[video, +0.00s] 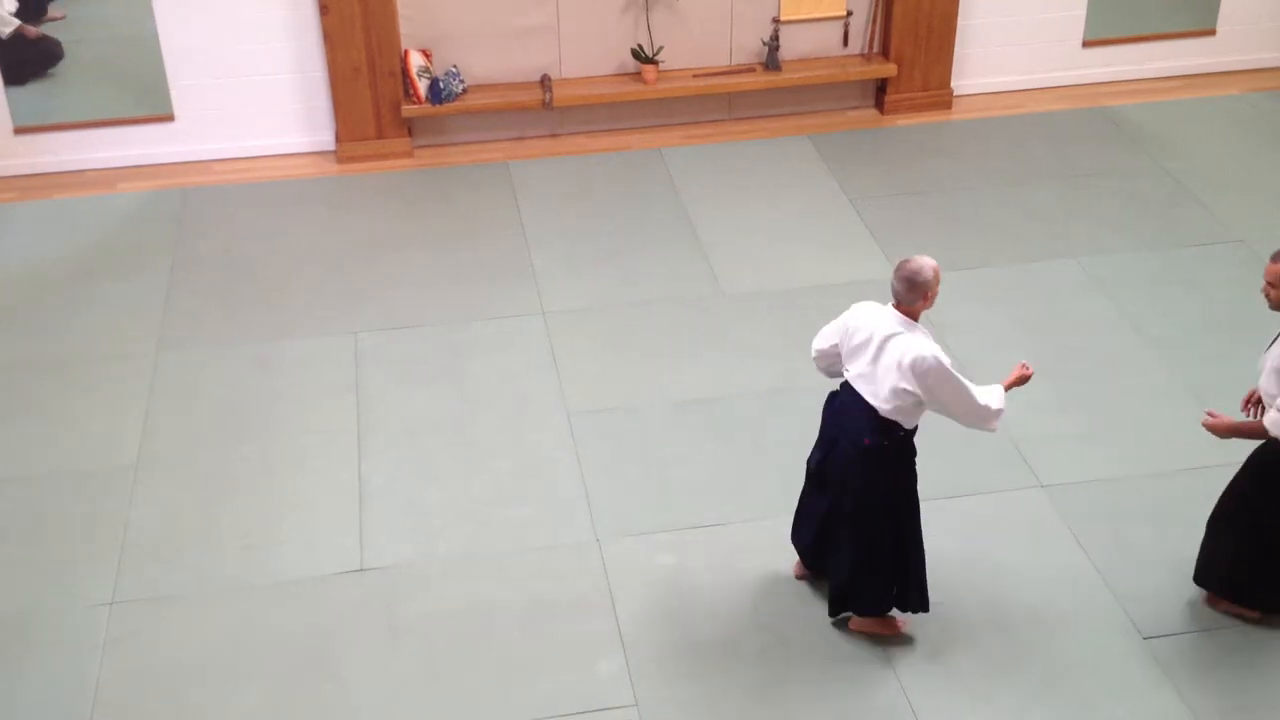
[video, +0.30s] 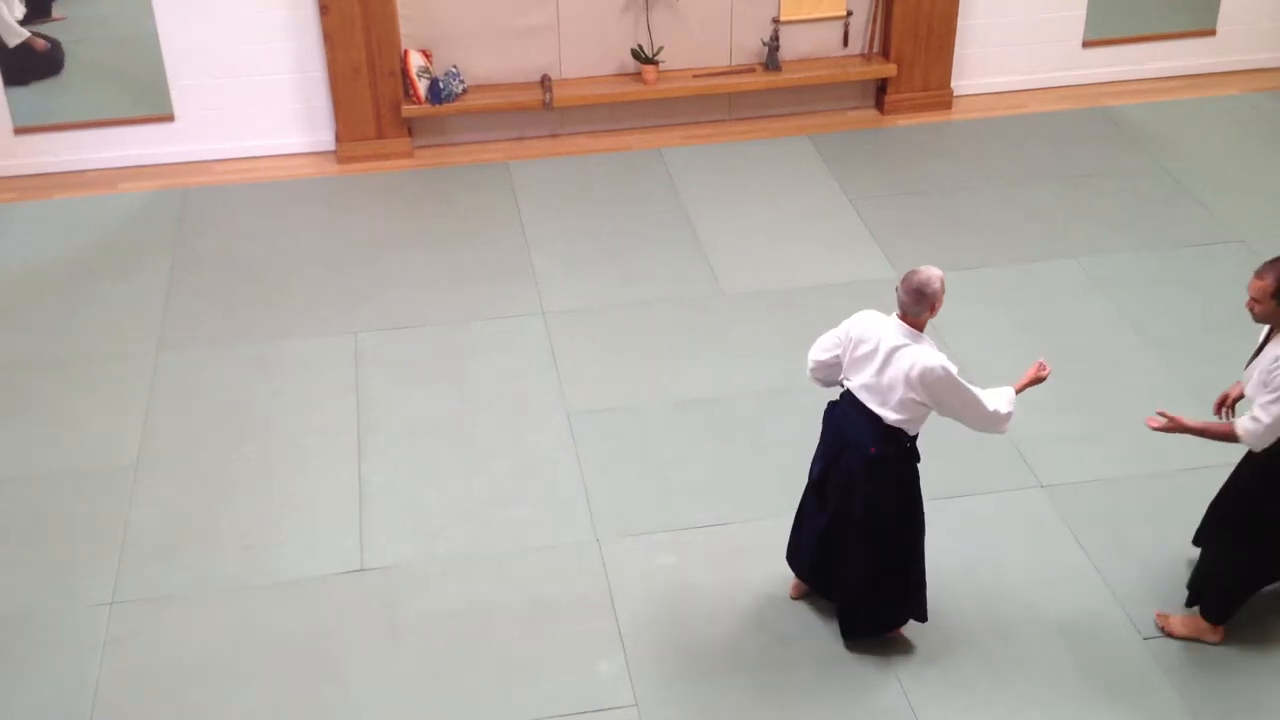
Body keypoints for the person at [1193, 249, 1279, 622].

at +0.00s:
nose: (1265, 290)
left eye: (1271, 285)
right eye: (1266, 283)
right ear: (1268, 283)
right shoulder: (1276, 339)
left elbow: (1278, 423)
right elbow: (1278, 375)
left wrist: (1236, 428)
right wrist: (1265, 392)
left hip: (1275, 450)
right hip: (1272, 444)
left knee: (1239, 511)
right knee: (1253, 511)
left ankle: (1243, 596)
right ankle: (1247, 591)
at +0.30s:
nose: (1248, 305)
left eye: (1256, 300)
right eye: (1249, 296)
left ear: (1278, 305)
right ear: (1272, 300)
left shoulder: (1278, 368)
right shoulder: (1271, 326)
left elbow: (1253, 432)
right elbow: (1265, 366)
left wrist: (1187, 426)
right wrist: (1241, 388)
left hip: (1272, 462)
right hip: (1264, 450)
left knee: (1236, 527)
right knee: (1239, 514)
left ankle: (1212, 621)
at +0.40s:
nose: (1230, 312)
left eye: (1239, 310)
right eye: (1232, 305)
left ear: (1271, 320)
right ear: (1269, 318)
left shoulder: (1268, 376)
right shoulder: (1268, 338)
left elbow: (1217, 434)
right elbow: (1258, 380)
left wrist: (1150, 422)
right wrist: (1229, 400)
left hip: (1268, 465)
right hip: (1268, 454)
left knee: (1222, 533)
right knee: (1251, 531)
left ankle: (1207, 621)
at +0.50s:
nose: (1211, 316)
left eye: (1220, 313)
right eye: (1214, 308)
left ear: (1252, 324)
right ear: (1256, 320)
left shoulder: (1247, 380)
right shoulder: (1274, 325)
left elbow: (1185, 430)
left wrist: (1115, 416)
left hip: (1261, 474)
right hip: (1272, 462)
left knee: (1212, 542)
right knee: (1256, 542)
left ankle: (1201, 622)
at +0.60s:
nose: (1114, 302)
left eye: (1122, 297)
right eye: (1118, 295)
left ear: (1138, 306)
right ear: (1157, 300)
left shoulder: (1144, 363)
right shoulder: (1188, 318)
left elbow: (1076, 410)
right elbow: (1216, 327)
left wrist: (1006, 401)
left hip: (1161, 457)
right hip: (1201, 443)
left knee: (1117, 530)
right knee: (1186, 526)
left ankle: (1108, 601)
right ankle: (1184, 595)